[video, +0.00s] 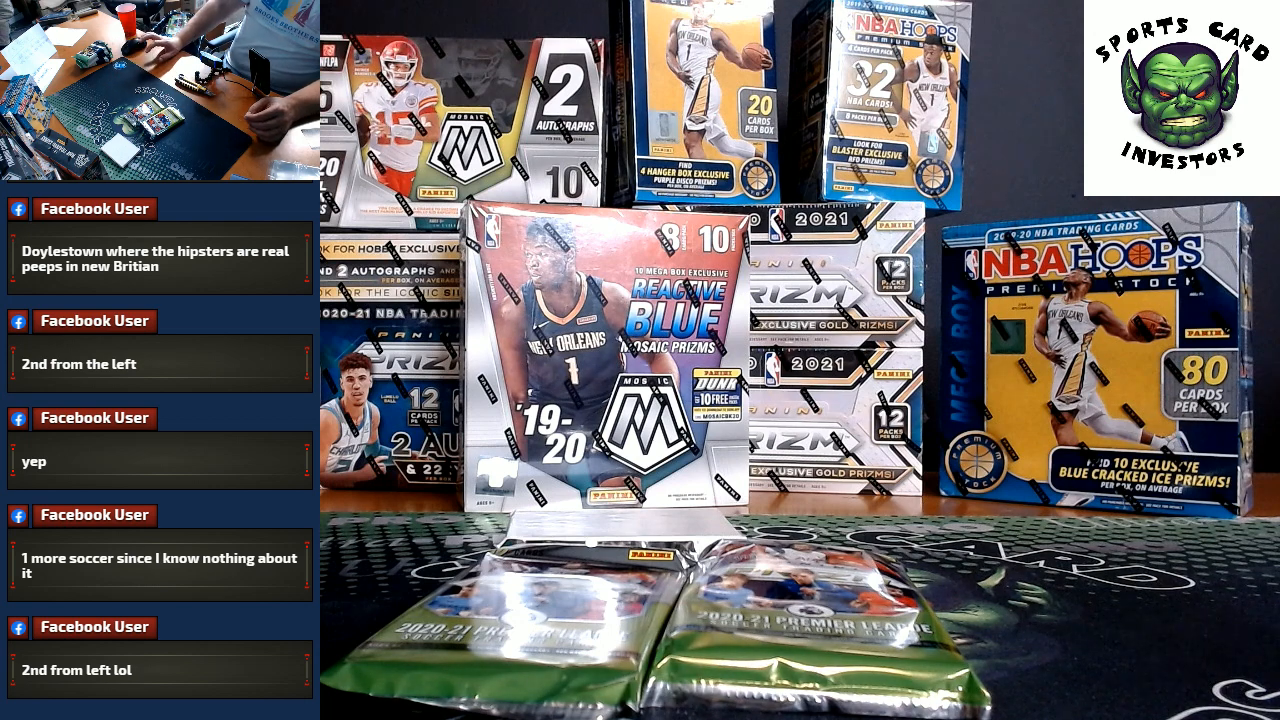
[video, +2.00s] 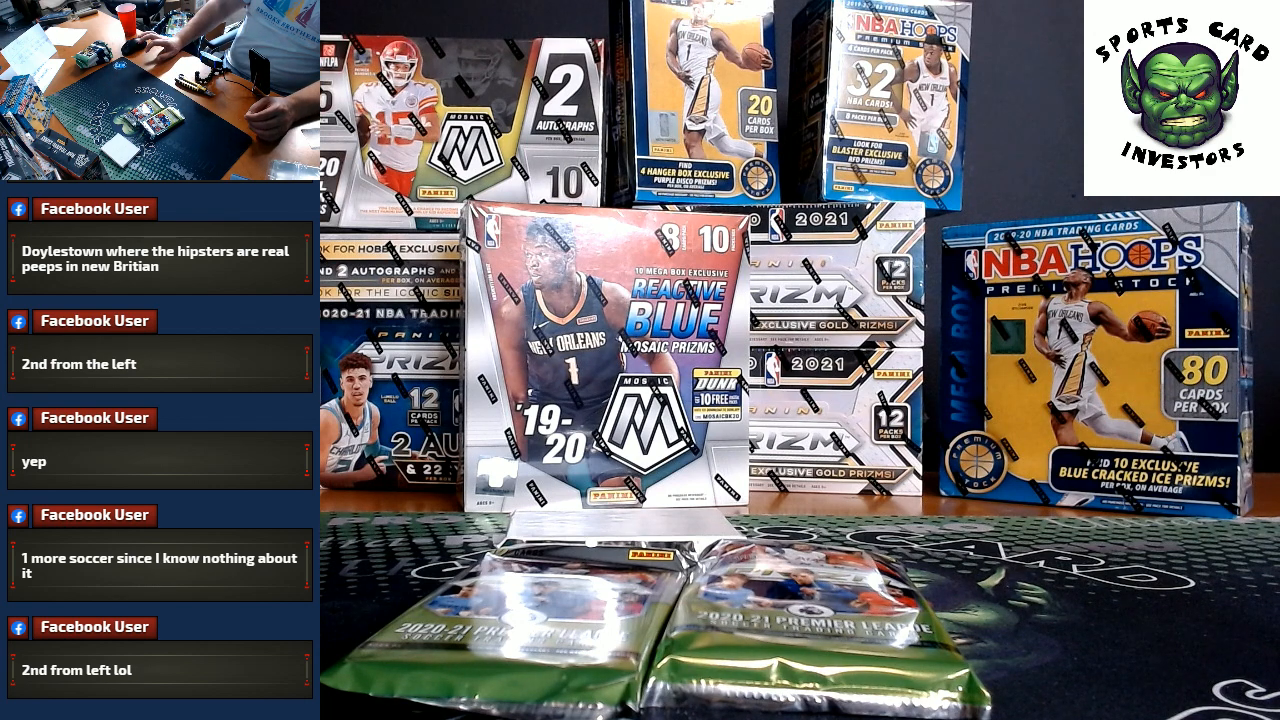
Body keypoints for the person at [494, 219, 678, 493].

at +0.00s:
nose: (532, 263)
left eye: (542, 254)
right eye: (529, 255)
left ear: (570, 255)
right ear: (524, 258)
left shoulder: (611, 299)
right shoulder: (514, 312)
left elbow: (657, 357)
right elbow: (518, 398)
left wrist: (663, 414)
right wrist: (524, 460)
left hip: (610, 424)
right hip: (549, 428)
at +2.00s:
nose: (532, 263)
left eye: (542, 254)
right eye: (529, 255)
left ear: (569, 256)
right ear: (524, 258)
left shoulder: (611, 299)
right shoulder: (513, 313)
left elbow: (658, 357)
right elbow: (518, 399)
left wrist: (662, 413)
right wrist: (524, 460)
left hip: (610, 423)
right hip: (549, 427)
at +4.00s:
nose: (533, 263)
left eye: (543, 254)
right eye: (529, 255)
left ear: (570, 256)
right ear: (525, 258)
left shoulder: (612, 299)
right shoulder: (513, 313)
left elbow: (658, 356)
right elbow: (518, 399)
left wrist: (664, 413)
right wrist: (524, 459)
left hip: (610, 426)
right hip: (549, 430)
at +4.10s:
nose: (532, 262)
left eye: (543, 253)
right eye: (529, 254)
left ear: (569, 255)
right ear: (524, 257)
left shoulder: (612, 299)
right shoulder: (514, 312)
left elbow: (658, 358)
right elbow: (517, 395)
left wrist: (663, 418)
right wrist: (524, 454)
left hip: (609, 427)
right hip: (547, 431)